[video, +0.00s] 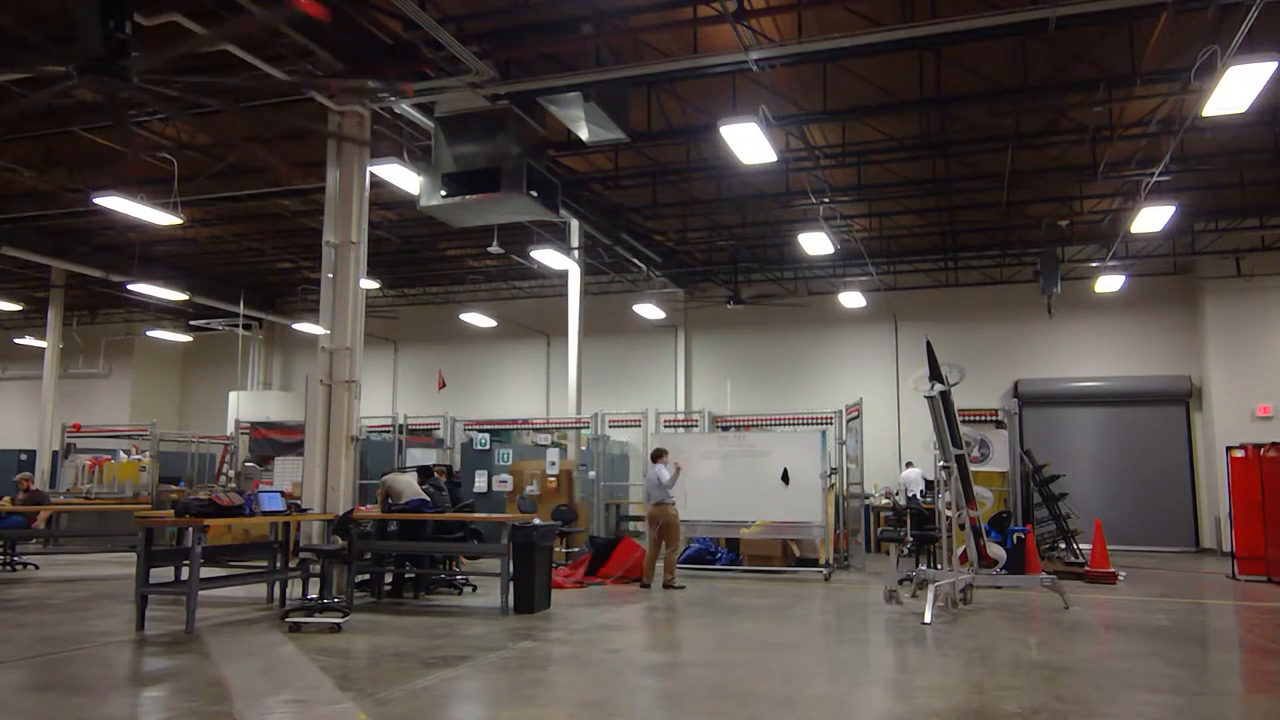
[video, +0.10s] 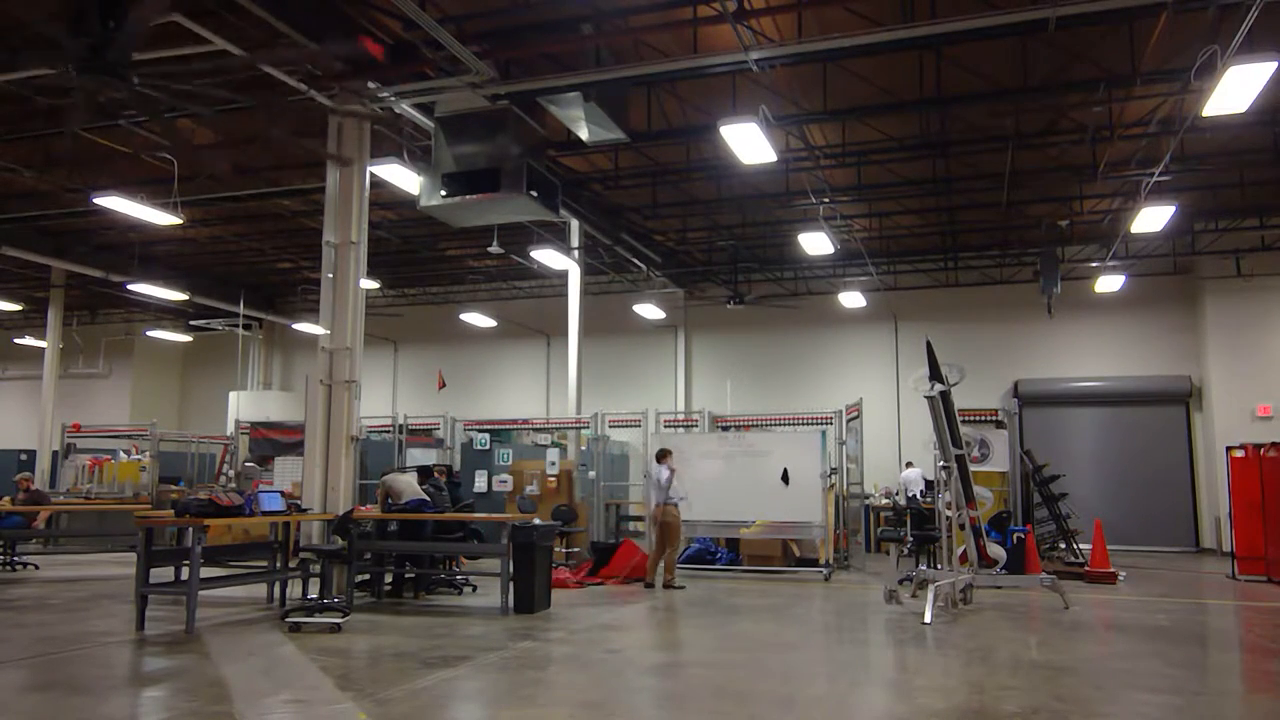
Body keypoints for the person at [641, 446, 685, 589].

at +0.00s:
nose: (667, 460)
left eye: (667, 457)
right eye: (666, 457)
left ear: (654, 459)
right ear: (661, 458)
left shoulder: (649, 473)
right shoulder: (660, 468)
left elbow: (647, 494)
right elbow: (668, 484)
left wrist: (648, 508)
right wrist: (677, 472)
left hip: (654, 507)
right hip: (667, 507)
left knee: (653, 547)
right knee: (672, 547)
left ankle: (646, 579)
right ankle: (669, 579)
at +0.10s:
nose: (671, 460)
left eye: (671, 458)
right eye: (670, 458)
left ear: (659, 459)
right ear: (665, 458)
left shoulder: (658, 470)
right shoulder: (663, 470)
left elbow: (660, 488)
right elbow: (664, 486)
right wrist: (671, 474)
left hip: (660, 507)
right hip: (669, 507)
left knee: (659, 547)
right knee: (672, 546)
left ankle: (649, 578)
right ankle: (669, 579)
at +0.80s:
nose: (690, 463)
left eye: (692, 460)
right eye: (689, 460)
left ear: (700, 461)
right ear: (689, 461)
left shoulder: (710, 477)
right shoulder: (686, 475)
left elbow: (715, 496)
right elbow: (676, 492)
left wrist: (713, 508)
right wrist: (660, 491)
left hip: (703, 511)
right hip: (687, 510)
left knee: (703, 546)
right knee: (690, 545)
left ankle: (703, 579)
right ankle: (677, 577)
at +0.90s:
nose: (692, 465)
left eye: (694, 462)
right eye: (691, 462)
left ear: (702, 462)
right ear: (691, 462)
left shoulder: (713, 477)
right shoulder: (689, 475)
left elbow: (719, 496)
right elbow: (680, 493)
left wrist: (713, 507)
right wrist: (662, 491)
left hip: (706, 511)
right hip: (690, 510)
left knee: (705, 546)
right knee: (693, 544)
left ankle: (703, 579)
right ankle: (688, 579)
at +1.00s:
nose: (692, 466)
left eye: (694, 463)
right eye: (691, 464)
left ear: (702, 462)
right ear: (694, 463)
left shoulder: (715, 478)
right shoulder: (692, 475)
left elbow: (722, 498)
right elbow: (683, 493)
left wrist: (713, 508)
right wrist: (665, 490)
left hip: (708, 513)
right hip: (692, 512)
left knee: (706, 548)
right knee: (697, 547)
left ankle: (705, 579)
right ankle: (698, 580)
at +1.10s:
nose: (693, 468)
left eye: (695, 465)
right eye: (692, 466)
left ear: (703, 463)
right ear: (694, 465)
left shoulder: (716, 479)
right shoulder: (694, 476)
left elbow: (723, 499)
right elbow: (686, 493)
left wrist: (713, 508)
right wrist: (668, 489)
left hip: (710, 514)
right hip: (694, 513)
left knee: (708, 547)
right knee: (700, 547)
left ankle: (706, 577)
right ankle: (703, 579)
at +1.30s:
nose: (693, 468)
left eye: (695, 465)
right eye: (693, 466)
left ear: (703, 463)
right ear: (696, 464)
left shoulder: (717, 478)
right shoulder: (695, 476)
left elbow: (725, 498)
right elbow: (688, 493)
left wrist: (714, 508)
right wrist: (671, 490)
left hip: (713, 515)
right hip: (698, 515)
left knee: (713, 549)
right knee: (701, 549)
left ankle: (712, 578)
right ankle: (705, 581)